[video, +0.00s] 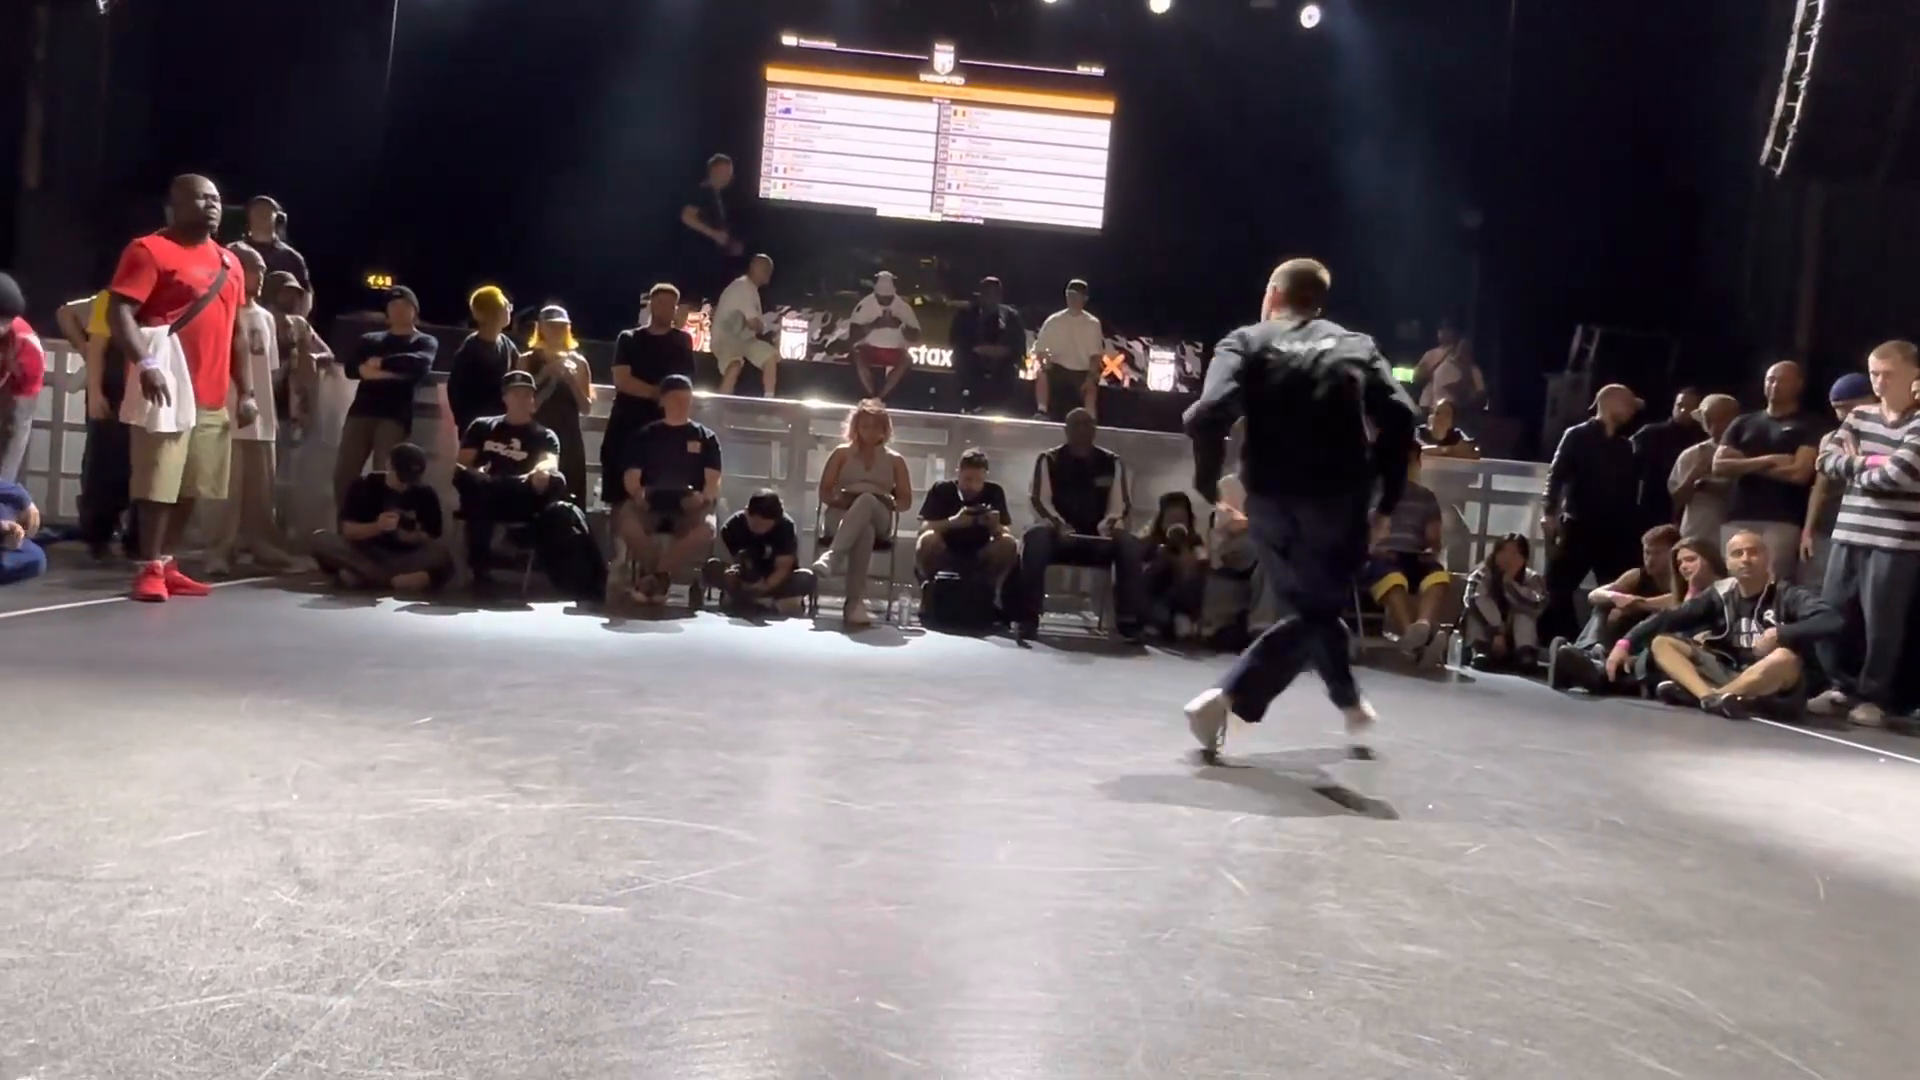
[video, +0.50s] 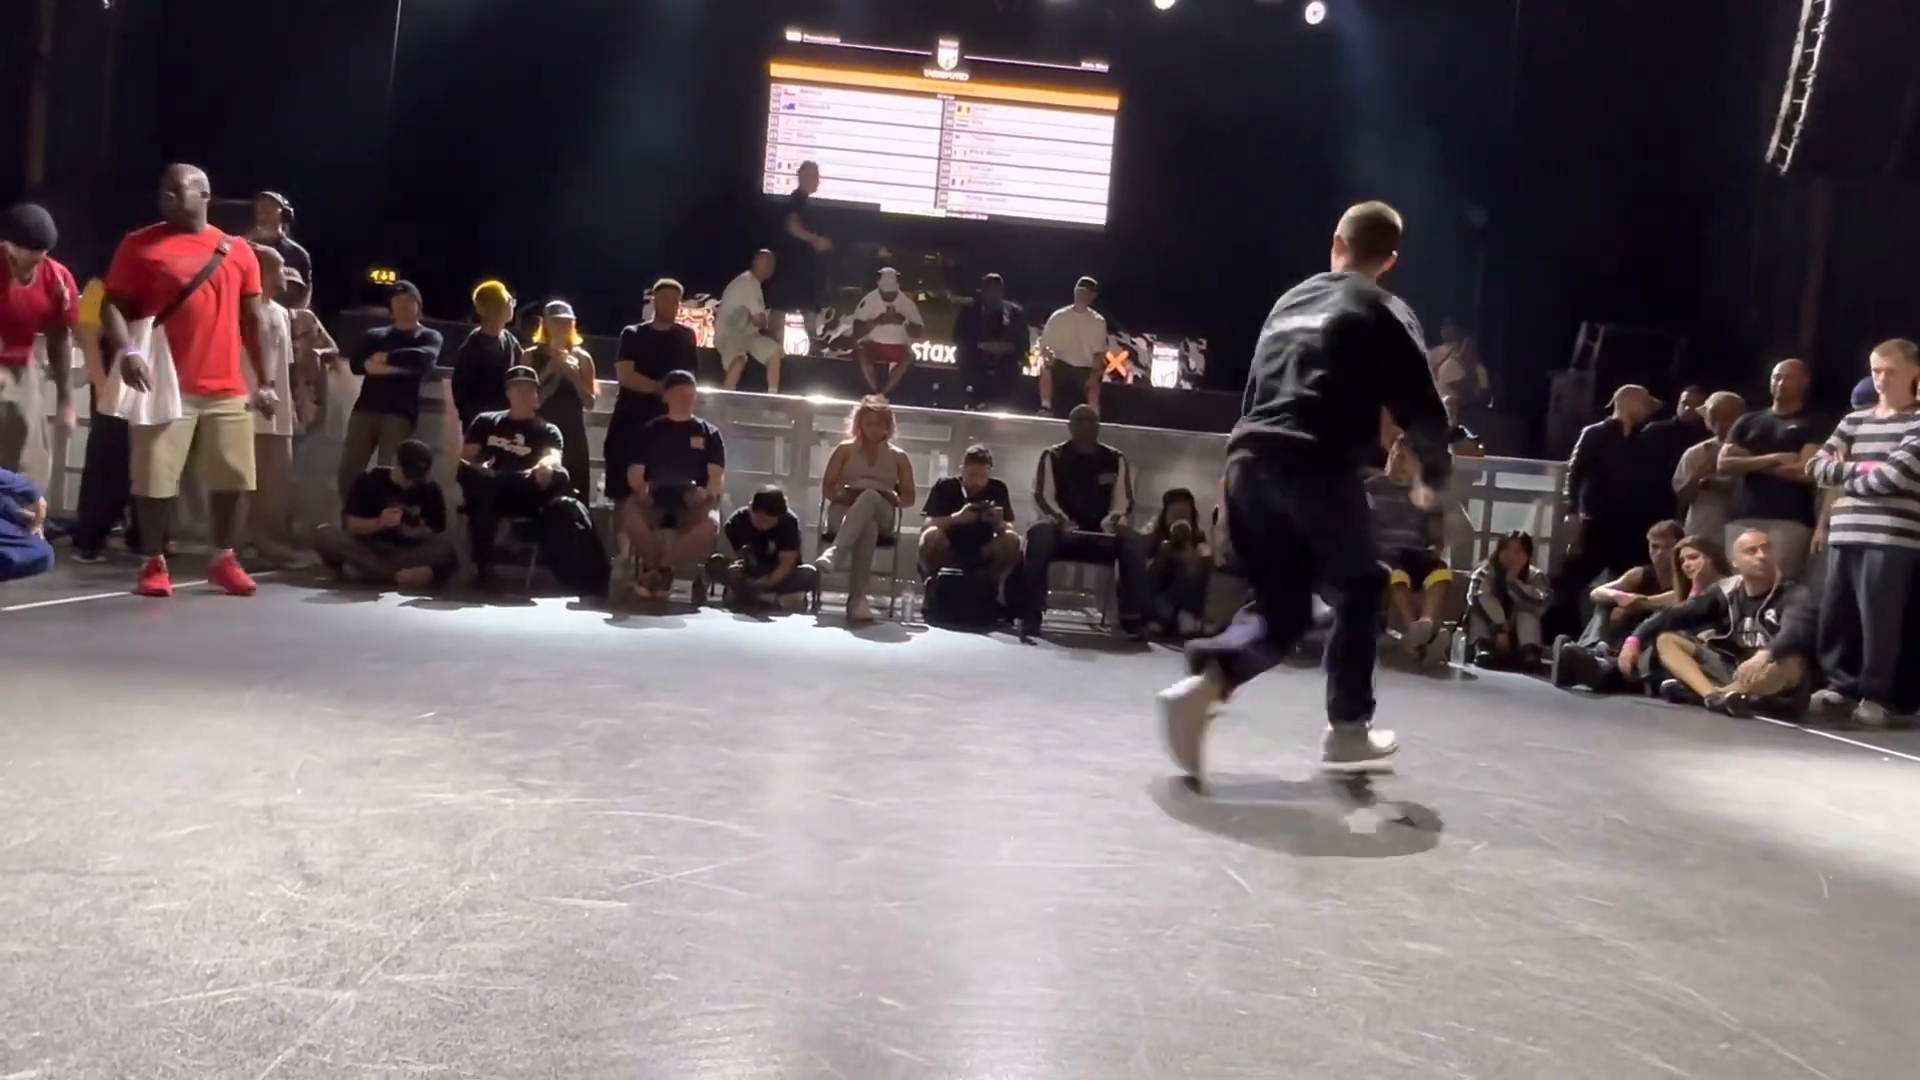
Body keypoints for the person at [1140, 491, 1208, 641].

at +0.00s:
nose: (1176, 524)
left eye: (1181, 519)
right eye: (1171, 519)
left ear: (1189, 519)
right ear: (1161, 520)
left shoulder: (1195, 544)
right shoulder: (1149, 545)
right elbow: (1143, 577)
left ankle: (1193, 620)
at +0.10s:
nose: (1176, 523)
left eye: (1181, 518)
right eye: (1171, 518)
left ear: (1189, 519)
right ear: (1162, 520)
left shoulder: (1194, 541)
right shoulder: (1151, 542)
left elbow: (1204, 561)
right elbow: (1144, 572)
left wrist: (1185, 548)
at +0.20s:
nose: (1178, 523)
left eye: (1183, 517)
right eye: (1172, 517)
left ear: (1191, 518)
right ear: (1163, 518)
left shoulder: (1197, 542)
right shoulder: (1150, 544)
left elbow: (1204, 566)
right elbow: (1145, 574)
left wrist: (1186, 547)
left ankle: (1195, 619)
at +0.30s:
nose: (1178, 522)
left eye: (1183, 517)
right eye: (1173, 517)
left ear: (1191, 517)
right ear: (1164, 517)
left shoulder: (1198, 541)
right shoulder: (1150, 543)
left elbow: (1206, 564)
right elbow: (1145, 575)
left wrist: (1187, 547)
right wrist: (1163, 555)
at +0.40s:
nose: (1180, 520)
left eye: (1185, 514)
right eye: (1174, 514)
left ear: (1193, 515)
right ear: (1165, 515)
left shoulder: (1198, 540)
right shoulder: (1152, 541)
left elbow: (1206, 562)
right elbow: (1146, 572)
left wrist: (1187, 546)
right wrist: (1163, 554)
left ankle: (1194, 617)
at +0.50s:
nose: (1180, 519)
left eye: (1185, 514)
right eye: (1175, 514)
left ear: (1193, 515)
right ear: (1165, 515)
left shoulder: (1198, 538)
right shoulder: (1153, 540)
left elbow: (1207, 560)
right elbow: (1146, 571)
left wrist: (1187, 544)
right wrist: (1163, 554)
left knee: (1195, 566)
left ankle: (1190, 613)